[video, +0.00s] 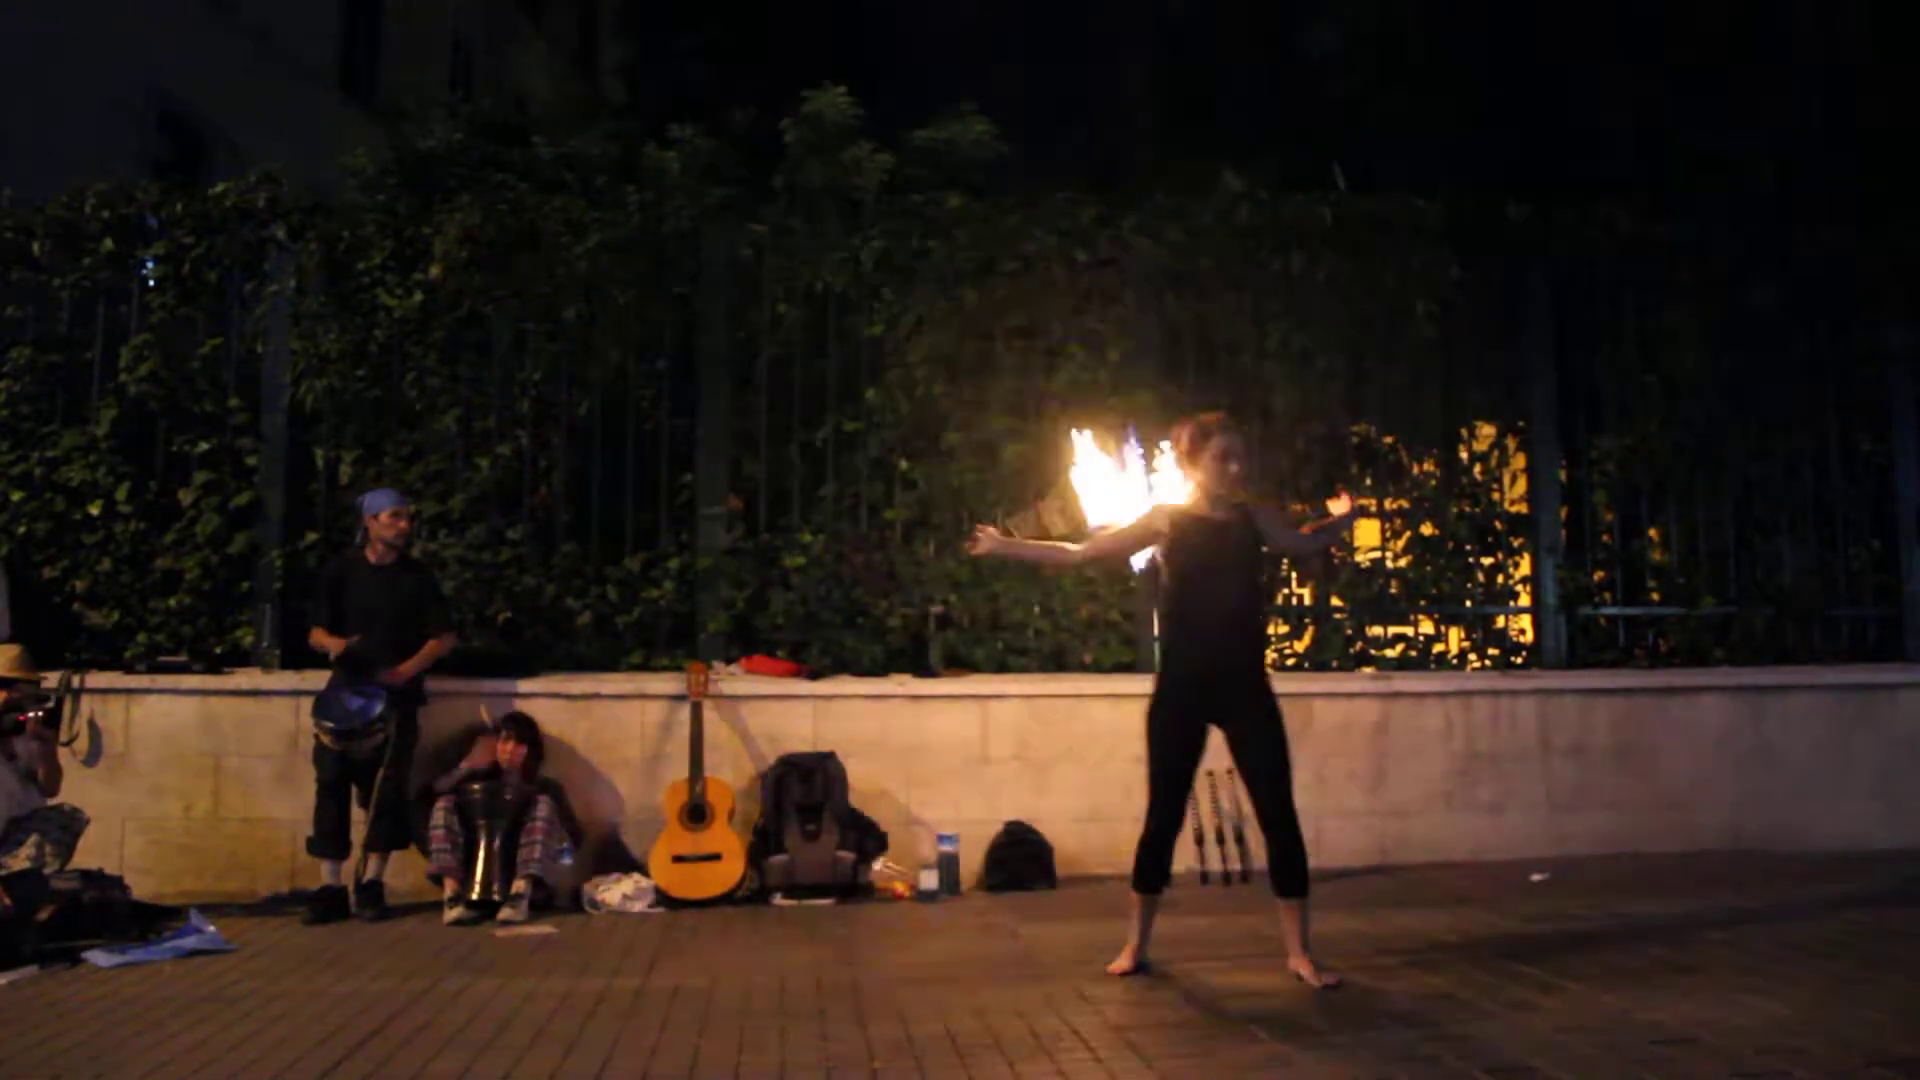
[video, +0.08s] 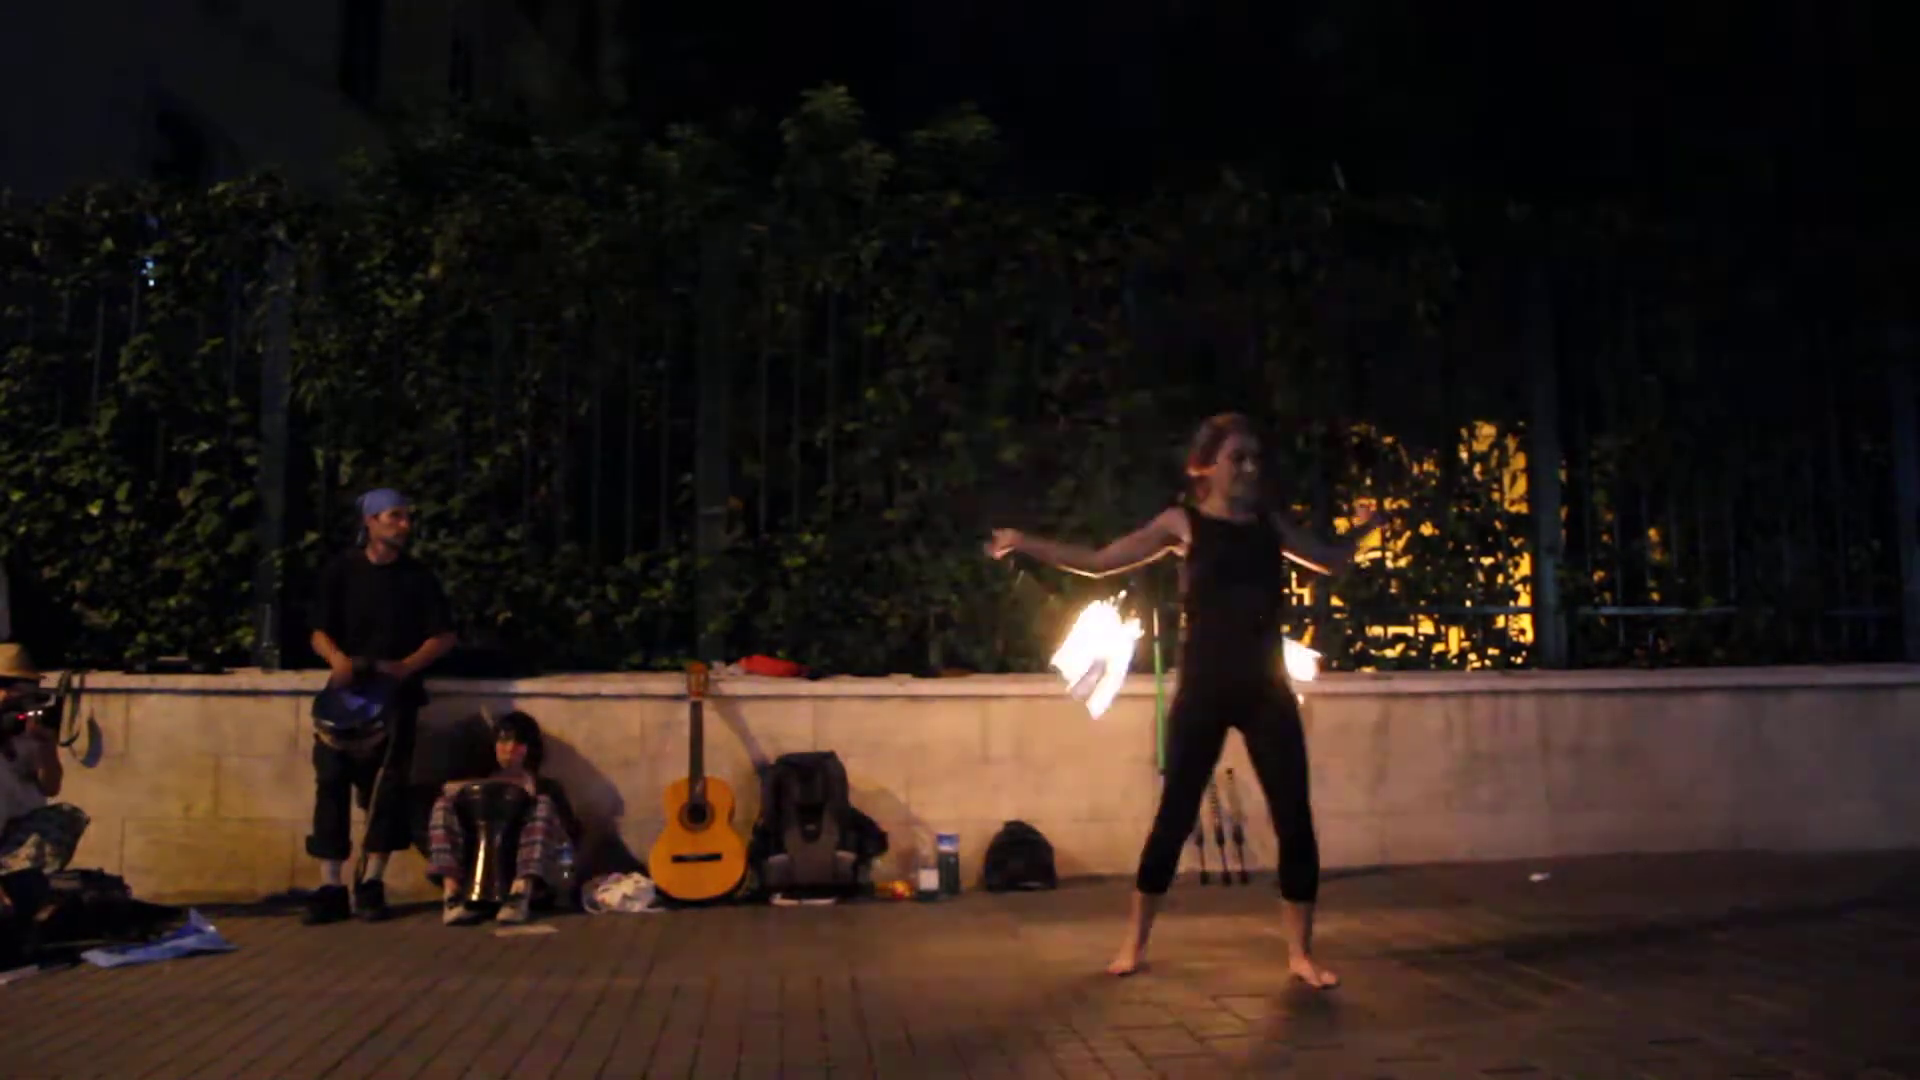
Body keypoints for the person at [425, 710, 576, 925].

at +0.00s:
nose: (510, 749)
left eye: (519, 744)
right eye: (505, 740)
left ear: (531, 752)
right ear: (495, 744)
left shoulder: (545, 788)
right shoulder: (475, 783)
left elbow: (572, 838)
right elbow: (434, 793)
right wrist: (468, 766)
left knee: (543, 804)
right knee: (444, 805)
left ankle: (520, 894)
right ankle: (451, 895)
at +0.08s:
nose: (510, 748)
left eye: (518, 742)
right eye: (504, 740)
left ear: (529, 749)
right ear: (495, 745)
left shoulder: (547, 787)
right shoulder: (479, 787)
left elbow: (569, 834)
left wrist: (535, 799)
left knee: (543, 806)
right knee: (443, 806)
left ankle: (520, 893)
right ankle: (451, 894)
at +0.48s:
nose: (514, 748)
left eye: (522, 741)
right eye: (509, 739)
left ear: (533, 749)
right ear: (500, 744)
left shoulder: (546, 787)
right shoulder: (487, 781)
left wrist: (539, 799)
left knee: (543, 809)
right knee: (445, 805)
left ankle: (520, 892)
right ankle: (451, 892)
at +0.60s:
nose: (513, 748)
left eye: (522, 741)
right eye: (509, 739)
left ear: (534, 751)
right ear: (500, 745)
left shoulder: (545, 788)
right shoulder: (488, 787)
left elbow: (569, 839)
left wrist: (542, 799)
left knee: (541, 811)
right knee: (444, 805)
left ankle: (520, 893)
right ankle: (451, 893)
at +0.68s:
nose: (514, 747)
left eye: (523, 741)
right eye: (509, 739)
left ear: (533, 749)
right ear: (499, 745)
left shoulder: (549, 790)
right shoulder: (486, 787)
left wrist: (538, 801)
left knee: (542, 807)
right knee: (444, 805)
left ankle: (520, 893)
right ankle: (451, 894)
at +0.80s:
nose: (514, 747)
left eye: (522, 741)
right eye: (508, 739)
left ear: (532, 749)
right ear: (498, 745)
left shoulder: (546, 791)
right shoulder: (479, 788)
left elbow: (563, 841)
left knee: (543, 806)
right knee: (445, 804)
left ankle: (521, 893)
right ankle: (451, 894)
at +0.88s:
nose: (514, 748)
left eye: (523, 741)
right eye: (509, 740)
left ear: (534, 750)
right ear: (499, 745)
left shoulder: (549, 789)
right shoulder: (484, 783)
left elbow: (565, 837)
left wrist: (535, 800)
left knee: (543, 807)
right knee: (445, 805)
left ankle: (521, 893)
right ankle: (451, 893)